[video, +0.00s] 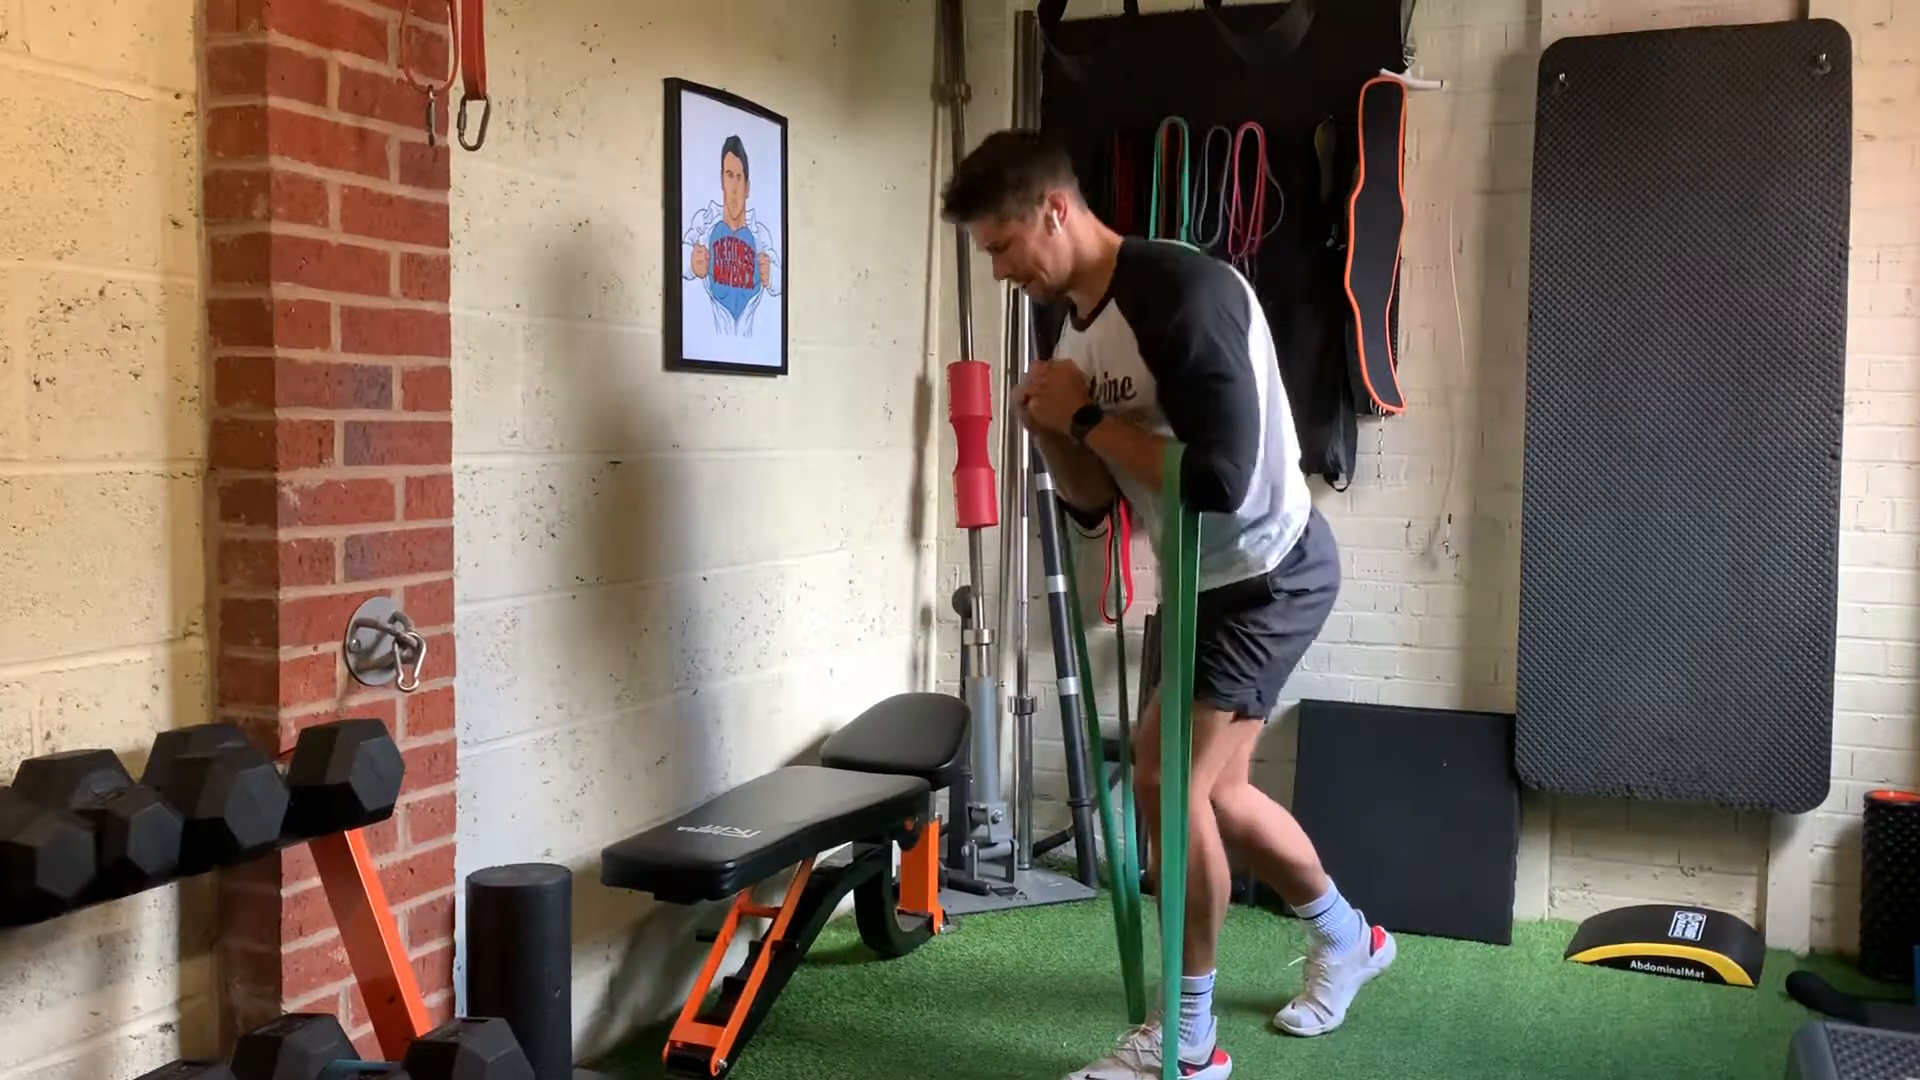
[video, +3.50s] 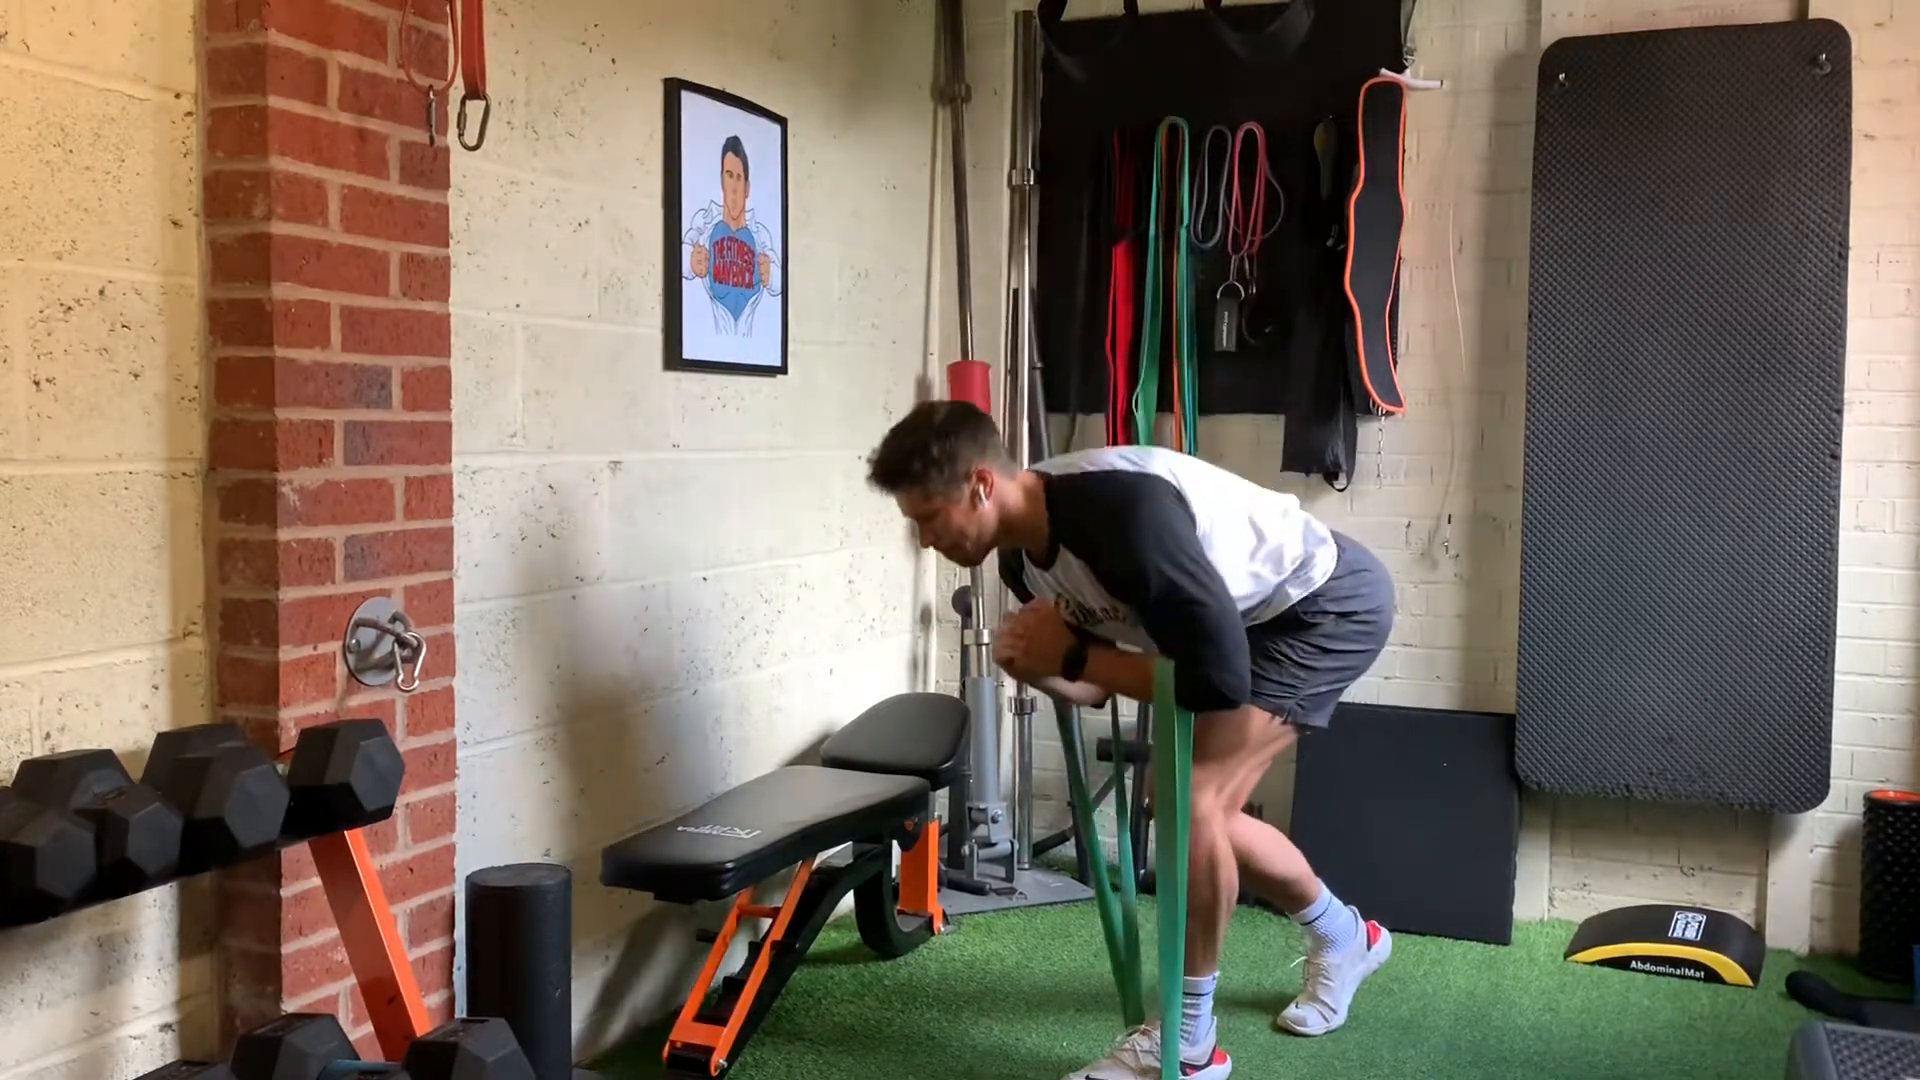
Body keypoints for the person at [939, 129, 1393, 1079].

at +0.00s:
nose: (1000, 271)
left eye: (1004, 247)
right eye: (988, 254)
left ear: (1059, 212)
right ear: (1052, 222)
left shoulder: (1189, 295)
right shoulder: (1070, 320)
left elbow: (1222, 485)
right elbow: (1095, 501)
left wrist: (1090, 423)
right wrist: (1052, 428)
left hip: (1271, 569)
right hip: (1201, 571)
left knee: (1164, 776)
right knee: (1216, 786)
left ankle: (1189, 1035)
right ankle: (1349, 935)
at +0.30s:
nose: (953, 420)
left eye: (955, 397)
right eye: (942, 403)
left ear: (1009, 359)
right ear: (1007, 362)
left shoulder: (1155, 408)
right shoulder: (1033, 452)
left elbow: (1222, 582)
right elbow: (1101, 605)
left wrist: (1082, 544)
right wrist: (1046, 560)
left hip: (1309, 587)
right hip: (1228, 598)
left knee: (1173, 787)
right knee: (1205, 807)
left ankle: (1187, 1035)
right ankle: (1348, 937)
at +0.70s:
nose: (935, 569)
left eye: (937, 548)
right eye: (924, 553)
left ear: (988, 514)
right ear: (989, 516)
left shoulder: (1139, 534)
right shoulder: (1026, 563)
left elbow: (1227, 699)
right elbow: (1107, 698)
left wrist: (1081, 672)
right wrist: (1046, 681)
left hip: (1335, 593)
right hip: (1255, 608)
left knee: (1203, 795)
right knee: (1216, 815)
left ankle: (1187, 1038)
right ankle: (1350, 939)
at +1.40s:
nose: (961, 411)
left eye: (965, 388)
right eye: (950, 394)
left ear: (1018, 355)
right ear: (1015, 360)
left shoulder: (1154, 414)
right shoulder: (1039, 448)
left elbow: (1224, 580)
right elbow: (1101, 604)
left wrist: (1084, 544)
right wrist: (1055, 560)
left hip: (1311, 587)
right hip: (1228, 601)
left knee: (1176, 783)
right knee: (1206, 817)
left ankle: (1186, 1035)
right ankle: (1348, 936)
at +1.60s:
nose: (996, 295)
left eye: (1003, 271)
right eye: (986, 278)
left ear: (1058, 241)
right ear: (1040, 252)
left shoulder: (1182, 323)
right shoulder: (1066, 354)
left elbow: (1225, 509)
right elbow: (1091, 530)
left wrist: (1089, 452)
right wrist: (1056, 459)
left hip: (1286, 572)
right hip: (1207, 581)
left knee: (1165, 778)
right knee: (1213, 807)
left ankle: (1186, 1032)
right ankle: (1351, 937)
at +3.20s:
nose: (944, 412)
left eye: (950, 387)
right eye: (937, 394)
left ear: (1008, 356)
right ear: (1005, 362)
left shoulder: (1149, 410)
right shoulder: (1032, 451)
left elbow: (1221, 584)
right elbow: (1093, 605)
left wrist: (1079, 548)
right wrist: (1042, 565)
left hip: (1309, 589)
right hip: (1233, 599)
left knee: (1173, 788)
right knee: (1201, 809)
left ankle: (1187, 1034)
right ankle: (1342, 934)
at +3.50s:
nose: (922, 539)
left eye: (926, 518)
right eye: (913, 522)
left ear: (981, 488)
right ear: (981, 490)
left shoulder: (1128, 513)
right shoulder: (1020, 552)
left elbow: (1222, 680)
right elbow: (1099, 685)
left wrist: (1076, 657)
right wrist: (1043, 670)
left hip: (1327, 597)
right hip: (1243, 610)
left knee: (1196, 797)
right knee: (1199, 810)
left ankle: (1187, 1041)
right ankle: (1348, 938)